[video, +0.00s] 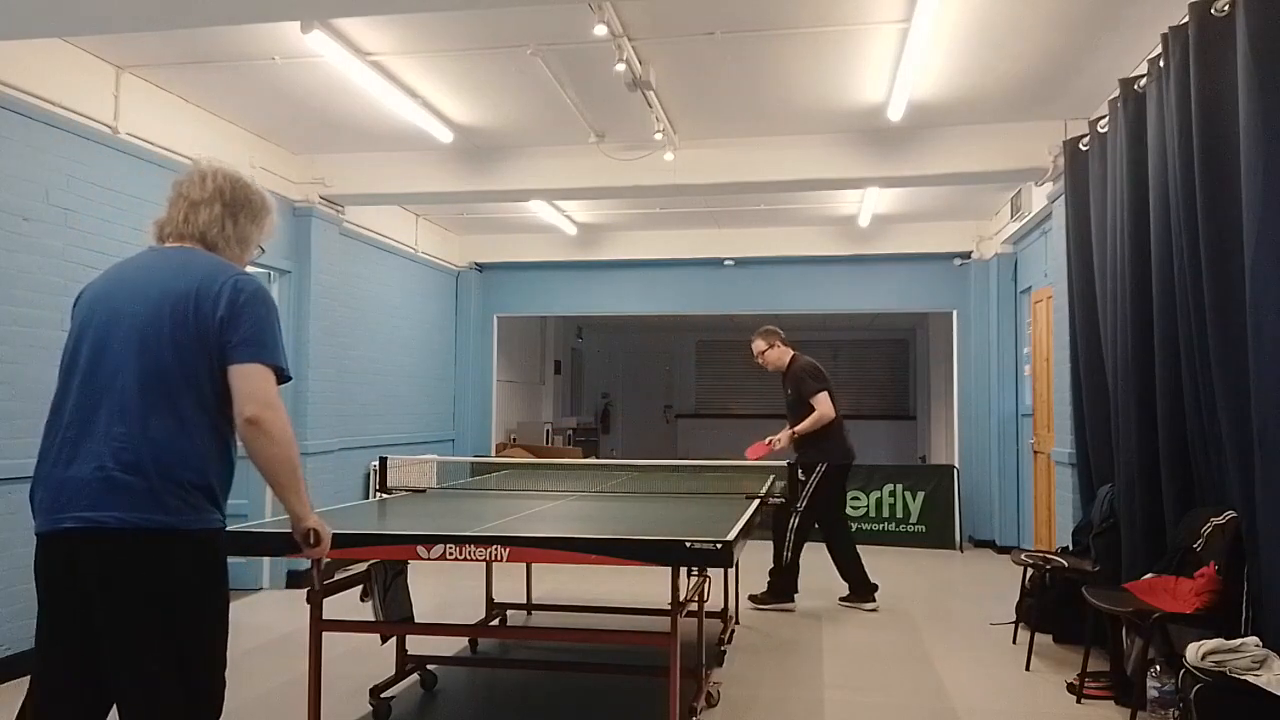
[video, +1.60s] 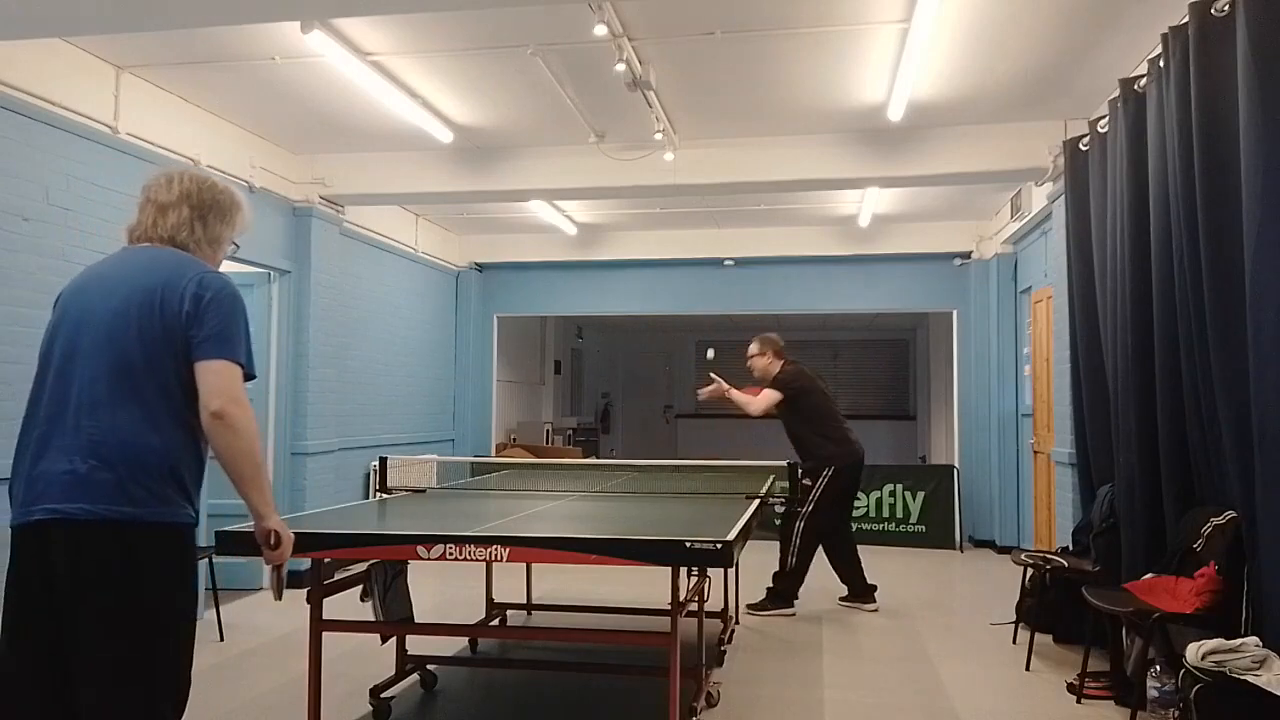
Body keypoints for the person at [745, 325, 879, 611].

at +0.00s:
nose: (759, 361)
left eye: (761, 354)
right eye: (756, 357)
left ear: (777, 345)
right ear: (775, 349)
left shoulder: (803, 368)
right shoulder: (792, 373)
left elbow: (826, 412)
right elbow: (806, 416)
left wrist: (792, 433)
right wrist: (784, 434)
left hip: (825, 460)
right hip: (821, 459)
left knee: (792, 519)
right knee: (833, 526)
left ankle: (781, 590)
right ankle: (862, 590)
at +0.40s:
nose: (746, 389)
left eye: (743, 382)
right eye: (742, 385)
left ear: (755, 369)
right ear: (757, 369)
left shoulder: (784, 382)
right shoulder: (788, 377)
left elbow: (790, 436)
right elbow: (795, 426)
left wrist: (754, 447)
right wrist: (765, 438)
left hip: (830, 461)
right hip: (844, 457)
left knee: (802, 528)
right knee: (838, 527)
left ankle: (781, 598)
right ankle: (862, 592)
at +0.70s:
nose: (719, 418)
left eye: (716, 411)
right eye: (714, 414)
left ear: (728, 398)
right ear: (729, 397)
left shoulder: (757, 402)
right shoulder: (760, 396)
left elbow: (762, 452)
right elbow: (773, 445)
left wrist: (726, 461)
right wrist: (742, 450)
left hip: (823, 459)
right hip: (837, 454)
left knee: (790, 522)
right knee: (835, 526)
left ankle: (780, 598)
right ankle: (862, 591)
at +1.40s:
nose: (729, 402)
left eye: (728, 395)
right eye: (726, 398)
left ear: (741, 385)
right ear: (745, 384)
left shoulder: (770, 396)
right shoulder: (777, 390)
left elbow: (752, 446)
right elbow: (763, 441)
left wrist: (720, 437)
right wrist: (734, 438)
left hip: (827, 463)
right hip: (842, 458)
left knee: (789, 521)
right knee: (832, 529)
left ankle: (779, 597)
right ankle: (861, 591)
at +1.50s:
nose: (738, 382)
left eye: (740, 375)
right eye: (736, 377)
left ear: (756, 369)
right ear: (758, 369)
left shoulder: (778, 386)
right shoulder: (786, 381)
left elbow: (745, 422)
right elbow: (753, 421)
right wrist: (734, 411)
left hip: (830, 464)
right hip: (843, 459)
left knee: (791, 522)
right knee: (832, 529)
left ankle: (780, 597)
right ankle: (861, 591)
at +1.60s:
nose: (748, 364)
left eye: (752, 358)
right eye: (748, 359)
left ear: (769, 355)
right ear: (772, 357)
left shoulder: (789, 376)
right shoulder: (794, 375)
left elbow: (756, 407)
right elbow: (762, 406)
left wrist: (726, 390)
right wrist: (728, 393)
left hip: (832, 462)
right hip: (842, 459)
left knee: (798, 523)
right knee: (834, 527)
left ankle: (782, 596)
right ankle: (861, 592)